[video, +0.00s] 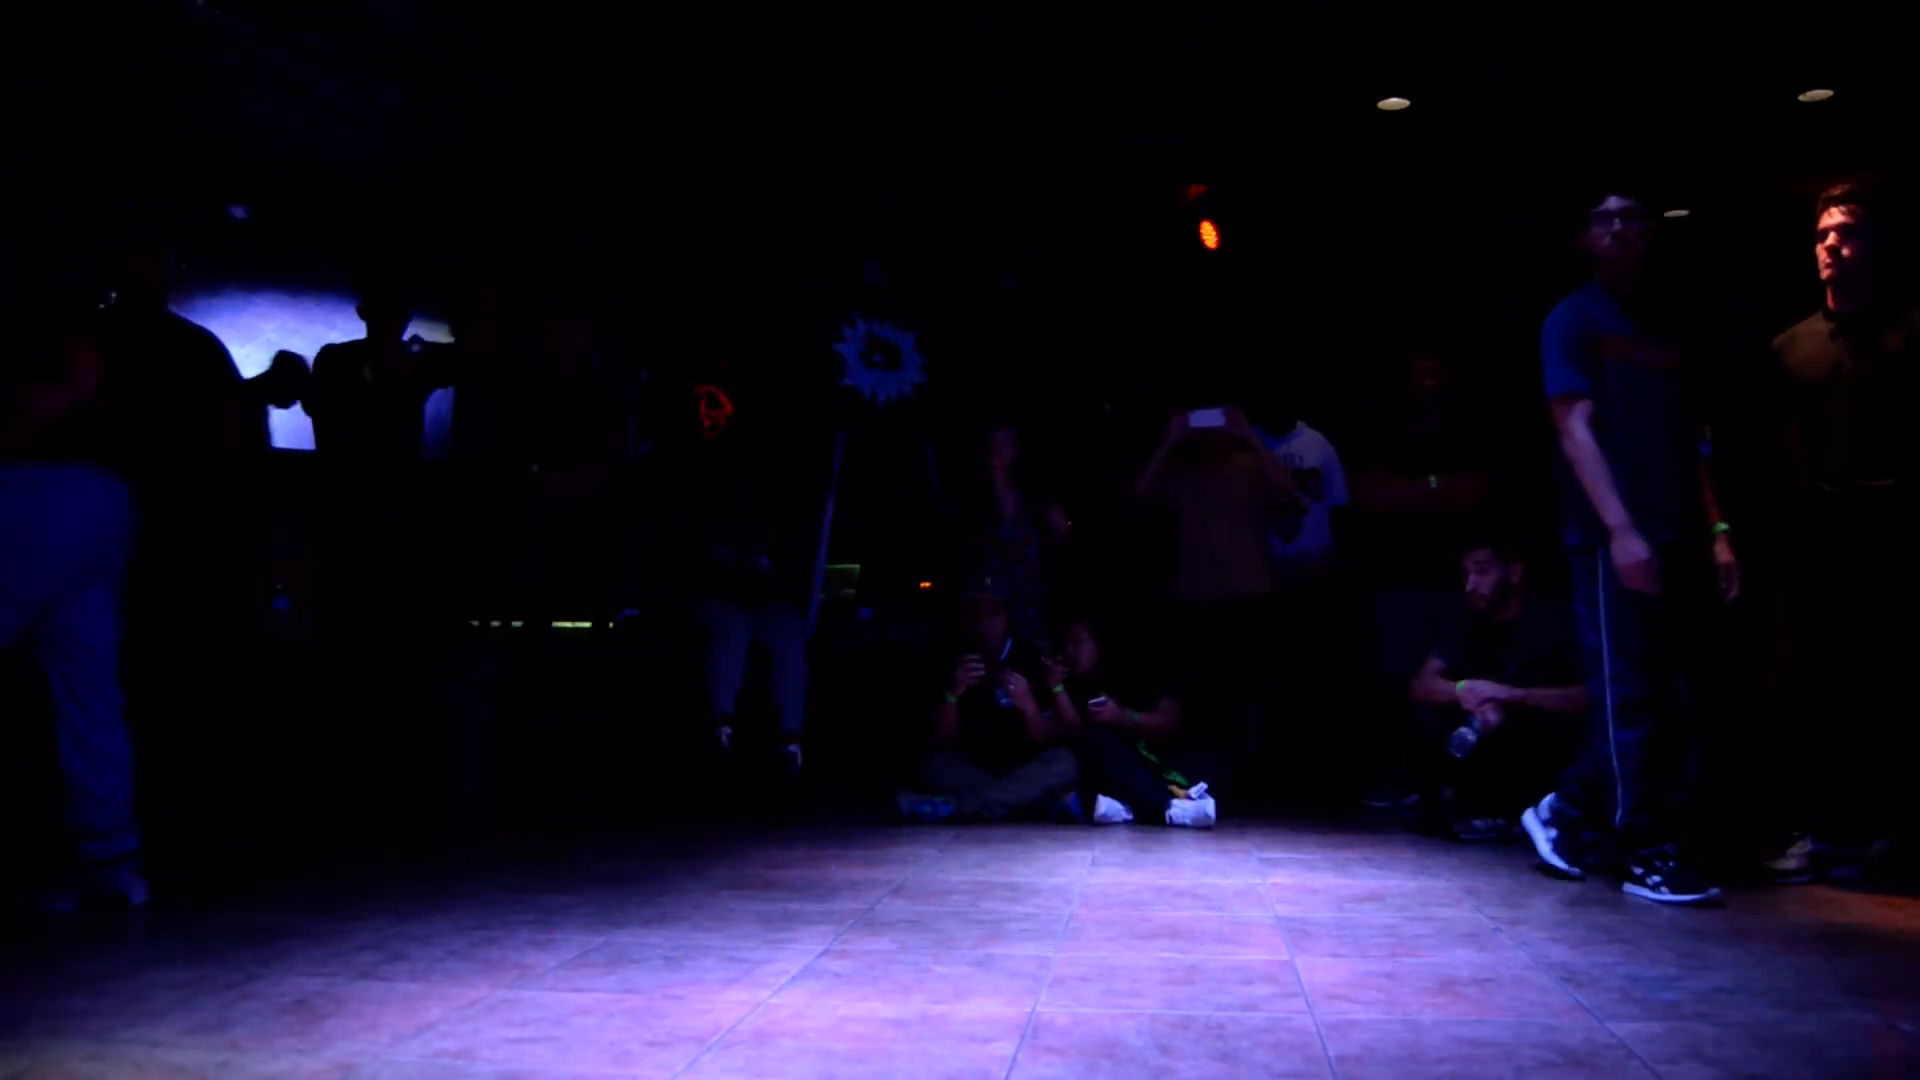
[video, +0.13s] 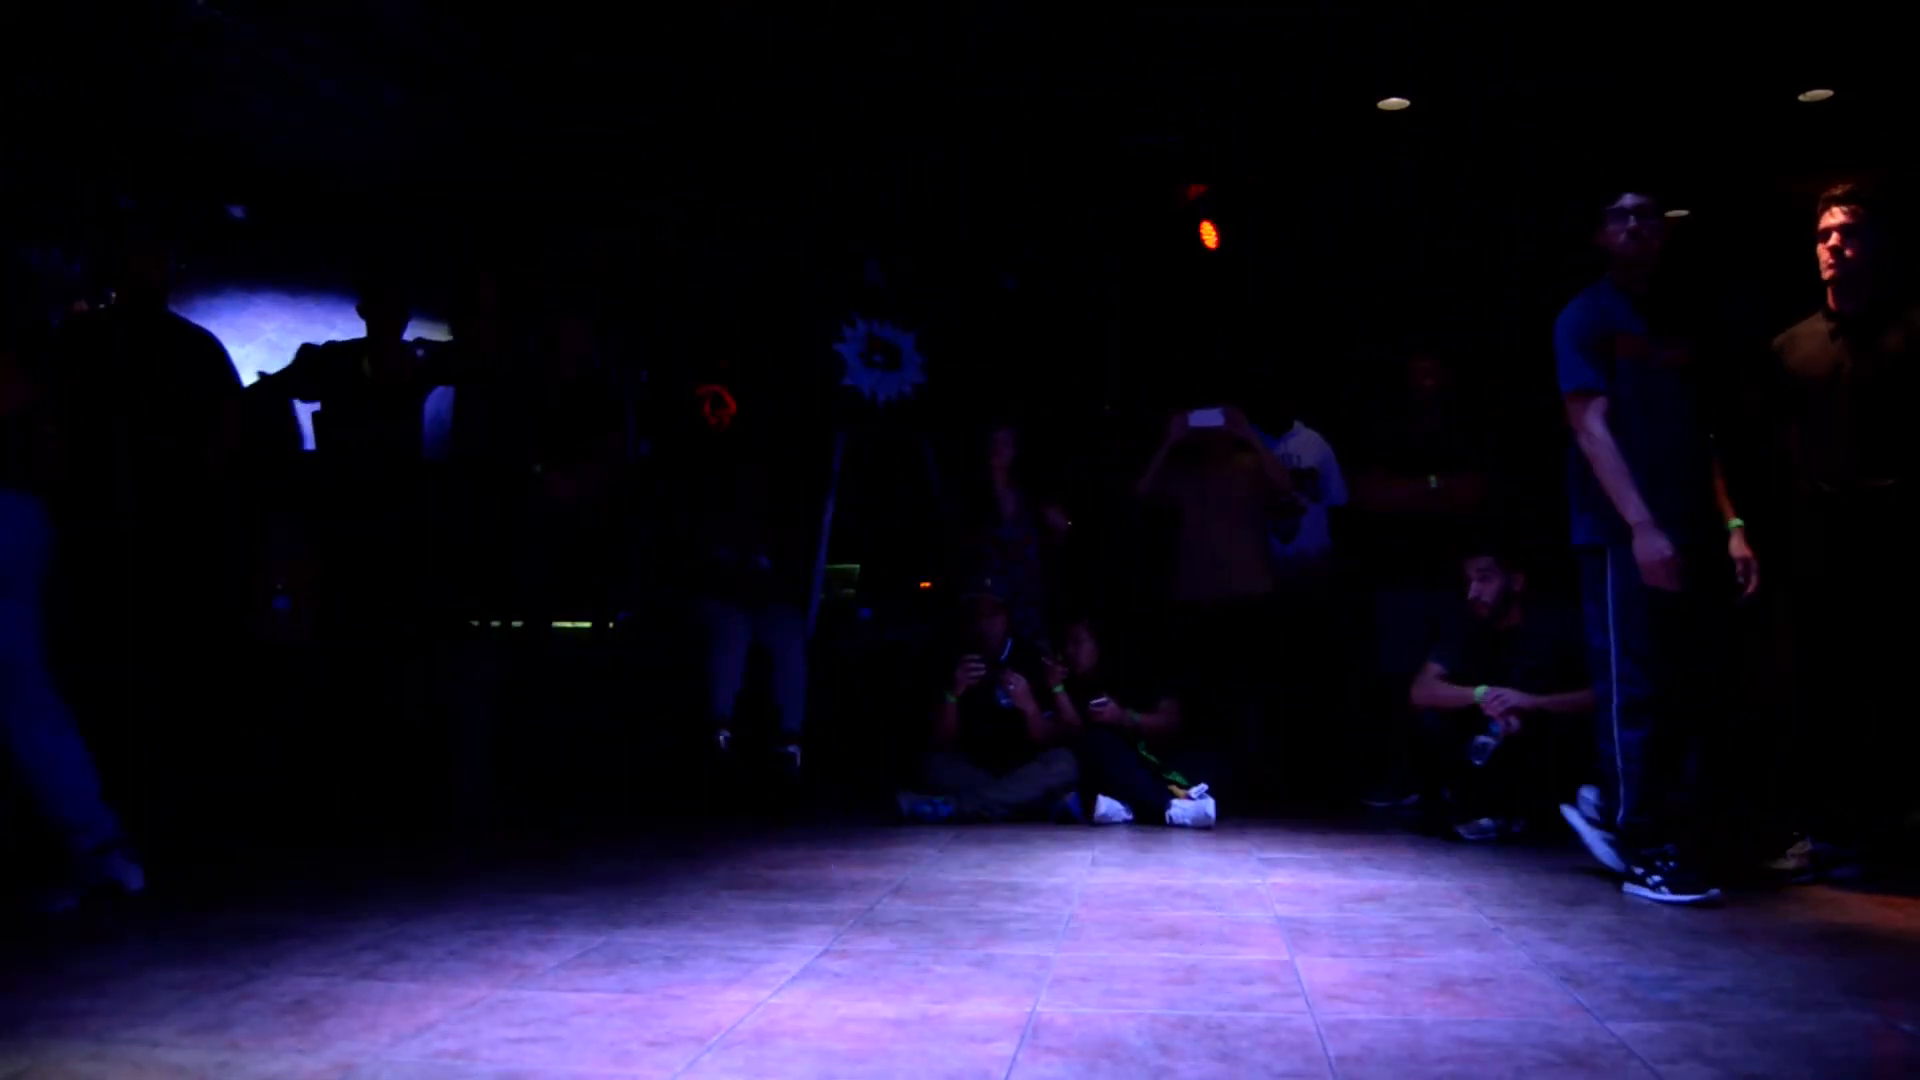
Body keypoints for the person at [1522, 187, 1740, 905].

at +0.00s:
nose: (1621, 233)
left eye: (1632, 221)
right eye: (1606, 223)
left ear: (1651, 235)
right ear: (1586, 238)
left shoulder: (1664, 318)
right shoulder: (1575, 319)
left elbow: (1689, 442)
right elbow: (1575, 431)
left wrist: (1716, 529)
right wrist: (1622, 531)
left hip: (1668, 527)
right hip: (1610, 531)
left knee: (1656, 685)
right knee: (1631, 692)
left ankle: (1568, 810)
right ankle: (1648, 855)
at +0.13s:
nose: (1640, 229)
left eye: (1651, 218)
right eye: (1625, 218)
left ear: (1667, 231)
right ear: (1602, 234)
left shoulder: (1672, 314)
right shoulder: (1589, 316)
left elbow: (1696, 437)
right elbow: (1590, 427)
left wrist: (1730, 525)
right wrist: (1643, 527)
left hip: (1678, 526)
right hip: (1620, 532)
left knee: (1682, 680)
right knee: (1635, 688)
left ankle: (1609, 802)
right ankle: (1648, 854)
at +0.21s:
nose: (1650, 229)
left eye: (1661, 217)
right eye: (1634, 217)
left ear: (1677, 229)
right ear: (1611, 232)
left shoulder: (1684, 312)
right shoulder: (1597, 315)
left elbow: (1704, 437)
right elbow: (1599, 426)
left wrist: (1737, 524)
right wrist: (1651, 526)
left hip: (1689, 527)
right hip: (1627, 532)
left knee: (1701, 686)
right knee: (1643, 690)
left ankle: (1702, 847)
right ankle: (1647, 855)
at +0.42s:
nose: (1678, 226)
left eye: (1687, 212)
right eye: (1664, 214)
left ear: (1705, 226)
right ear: (1641, 228)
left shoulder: (1714, 318)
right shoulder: (1619, 313)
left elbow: (1730, 444)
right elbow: (1612, 424)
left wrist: (1761, 534)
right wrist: (1651, 530)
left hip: (1719, 530)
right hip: (1653, 535)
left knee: (1750, 684)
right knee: (1661, 692)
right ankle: (1652, 857)